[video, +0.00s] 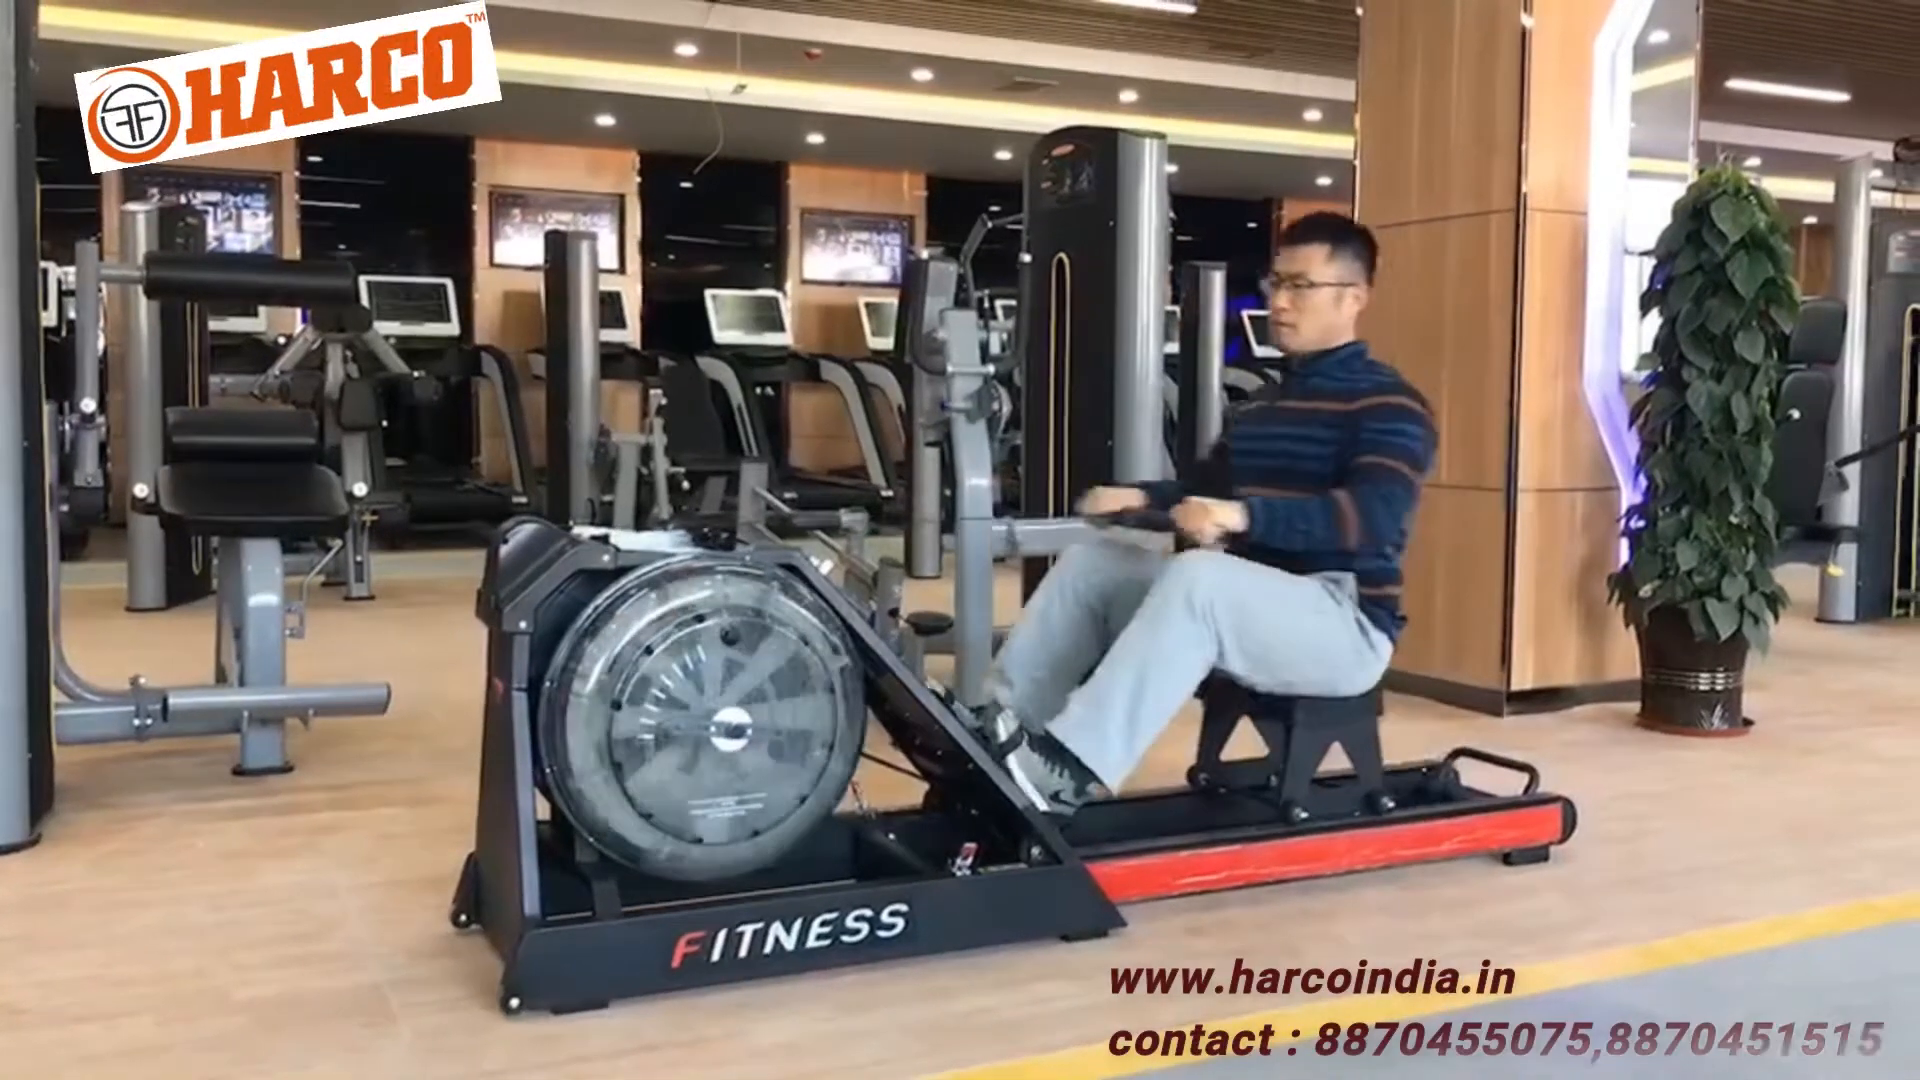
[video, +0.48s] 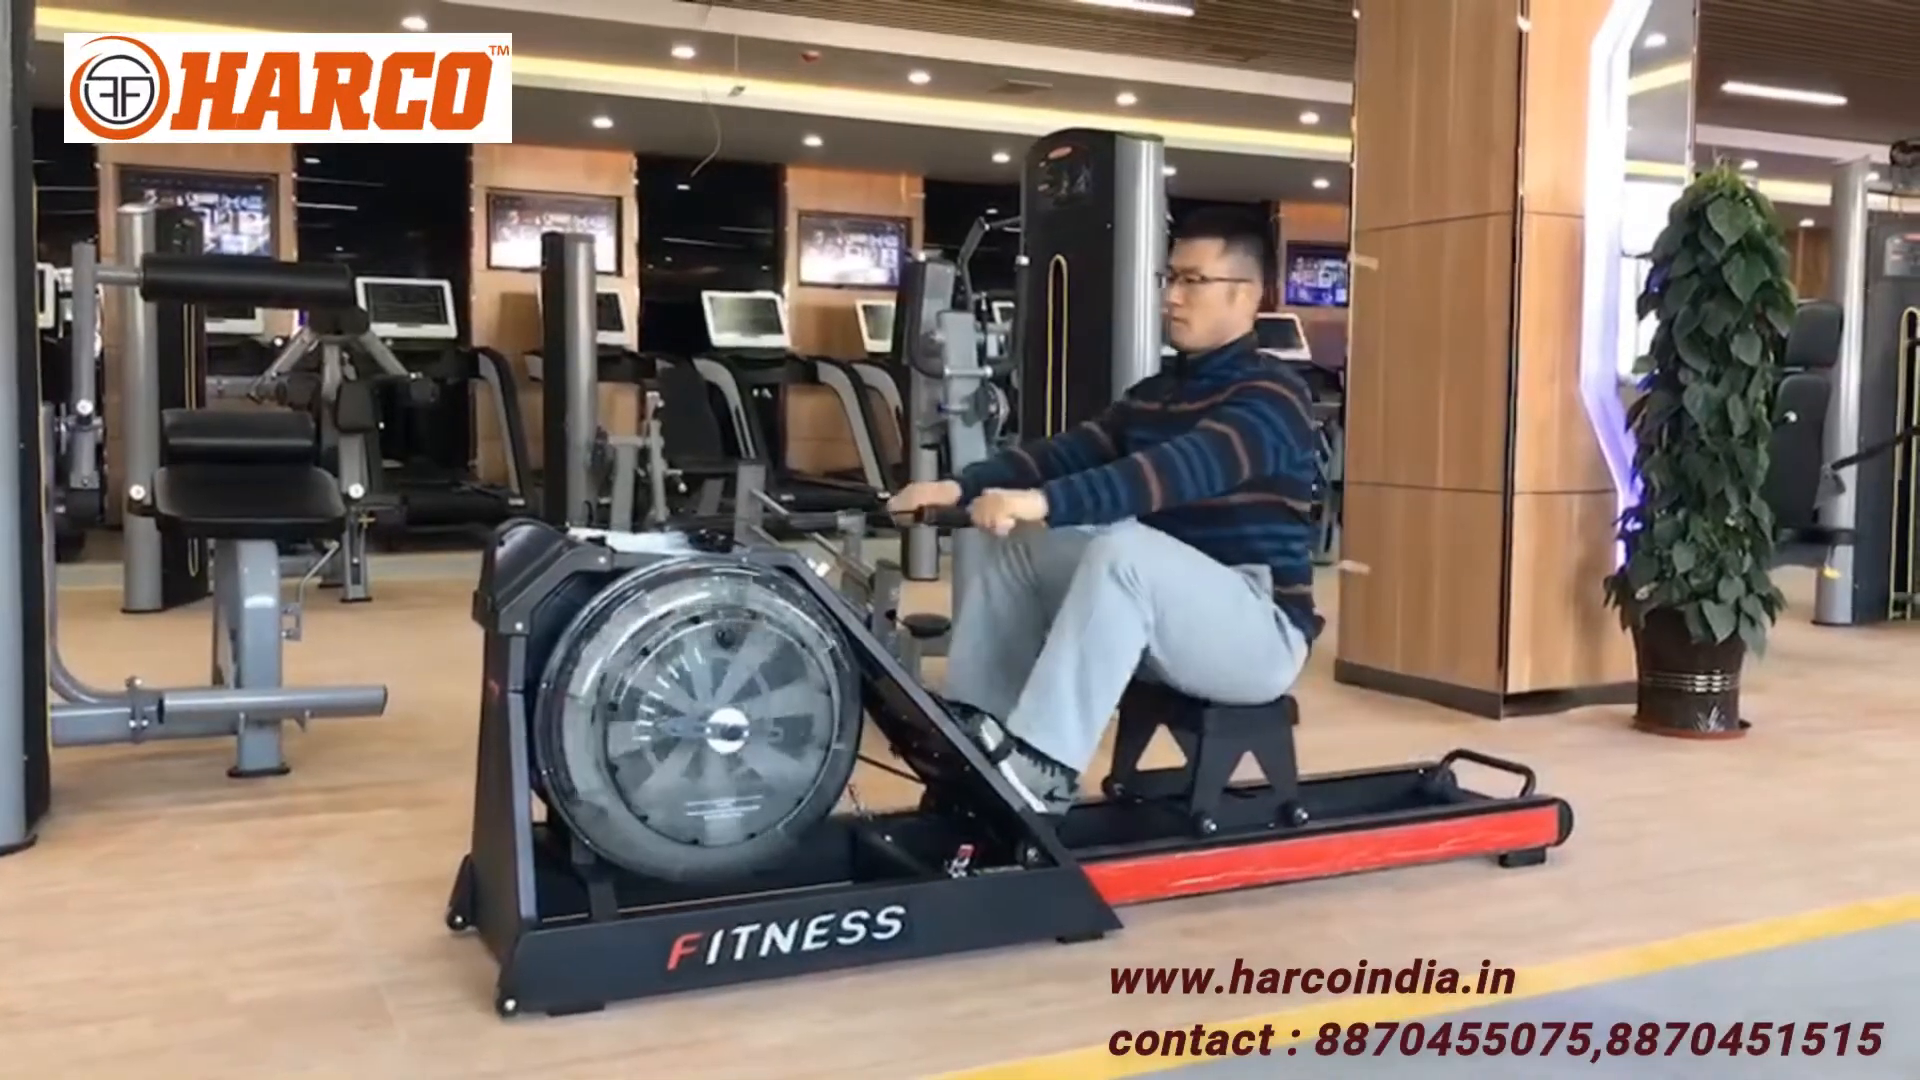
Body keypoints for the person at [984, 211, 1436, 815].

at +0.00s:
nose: (1277, 301)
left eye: (1298, 286)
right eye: (1274, 285)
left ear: (1354, 299)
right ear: (1268, 290)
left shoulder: (1390, 405)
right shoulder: (1266, 404)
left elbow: (1370, 520)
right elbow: (1211, 493)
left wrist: (1248, 516)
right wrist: (1143, 498)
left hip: (1347, 626)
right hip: (1251, 604)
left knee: (1198, 581)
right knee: (1090, 560)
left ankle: (1074, 764)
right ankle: (1000, 725)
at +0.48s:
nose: (1171, 296)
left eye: (1192, 282)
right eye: (1169, 280)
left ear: (1249, 297)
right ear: (1163, 287)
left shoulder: (1271, 398)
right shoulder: (1159, 394)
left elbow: (1179, 472)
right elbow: (1069, 452)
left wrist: (1048, 501)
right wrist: (959, 487)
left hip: (1260, 631)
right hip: (1162, 610)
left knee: (1125, 553)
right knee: (998, 538)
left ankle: (1046, 766)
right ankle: (979, 734)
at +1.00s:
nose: (1346, 315)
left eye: (1366, 300)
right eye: (1341, 299)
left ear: (1418, 314)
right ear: (1333, 307)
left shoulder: (1441, 409)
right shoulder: (1314, 404)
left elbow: (1386, 507)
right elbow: (1248, 477)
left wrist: (1266, 507)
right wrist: (1163, 486)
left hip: (1376, 623)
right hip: (1288, 601)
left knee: (1217, 622)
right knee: (1118, 594)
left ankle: (1068, 775)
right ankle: (986, 738)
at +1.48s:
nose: (1395, 332)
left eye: (1414, 318)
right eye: (1390, 316)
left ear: (1468, 327)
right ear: (1384, 321)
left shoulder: (1503, 426)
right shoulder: (1373, 420)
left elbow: (1550, 545)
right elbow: (1325, 502)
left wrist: (1440, 539)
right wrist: (1273, 501)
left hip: (1408, 628)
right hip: (1320, 602)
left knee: (1240, 658)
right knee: (1162, 622)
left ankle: (1085, 788)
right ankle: (1014, 738)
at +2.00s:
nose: (1218, 301)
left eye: (1238, 286)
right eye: (1215, 284)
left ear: (1291, 303)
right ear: (1208, 292)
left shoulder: (1315, 400)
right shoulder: (1196, 400)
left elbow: (1254, 513)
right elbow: (1137, 501)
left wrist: (1128, 501)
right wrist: (1033, 502)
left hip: (1292, 634)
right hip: (1194, 609)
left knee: (1159, 569)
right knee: (1032, 560)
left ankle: (1049, 767)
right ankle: (973, 736)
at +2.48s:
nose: (1201, 295)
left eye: (1223, 282)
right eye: (1199, 279)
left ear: (1273, 305)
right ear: (1189, 287)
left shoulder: (1284, 402)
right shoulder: (1166, 398)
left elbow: (1184, 487)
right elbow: (1090, 480)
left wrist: (1060, 487)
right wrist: (972, 459)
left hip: (1270, 631)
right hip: (1172, 602)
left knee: (1136, 563)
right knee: (1020, 555)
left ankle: (1038, 769)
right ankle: (959, 742)